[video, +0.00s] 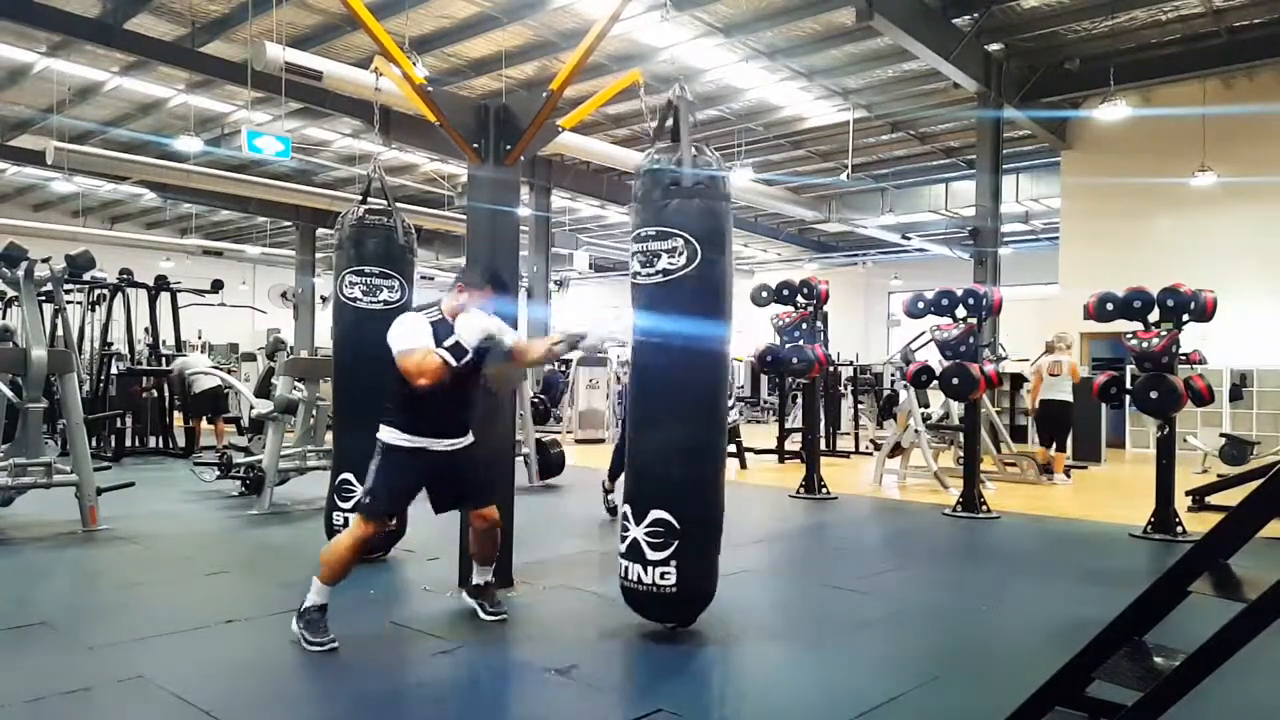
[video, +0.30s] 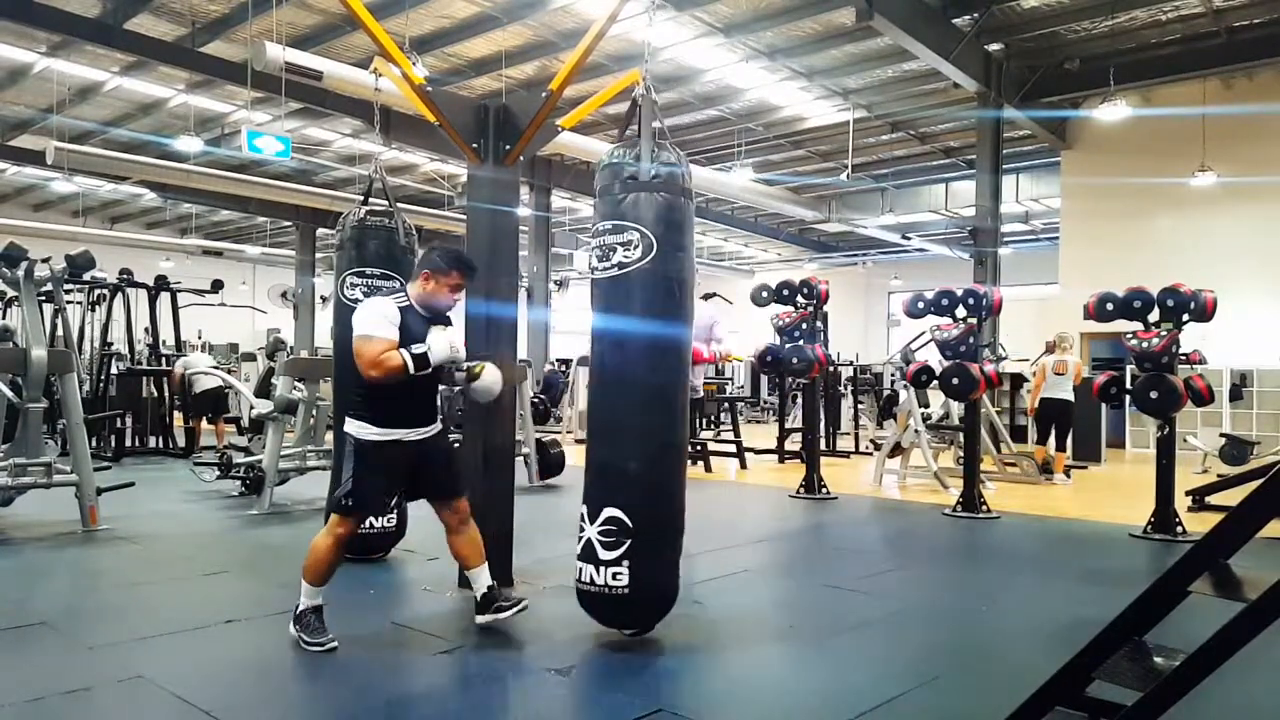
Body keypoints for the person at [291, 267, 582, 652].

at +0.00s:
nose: (486, 309)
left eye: (490, 304)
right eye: (482, 301)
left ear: (487, 300)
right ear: (461, 291)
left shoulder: (482, 324)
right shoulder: (410, 324)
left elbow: (525, 351)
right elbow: (422, 374)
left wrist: (556, 343)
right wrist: (465, 341)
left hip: (456, 448)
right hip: (402, 448)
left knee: (487, 520)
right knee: (366, 529)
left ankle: (481, 586)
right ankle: (312, 608)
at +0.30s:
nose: (457, 299)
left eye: (460, 291)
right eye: (452, 290)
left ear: (439, 284)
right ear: (426, 280)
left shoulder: (440, 320)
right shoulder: (378, 310)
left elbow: (441, 369)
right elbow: (373, 365)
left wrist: (472, 375)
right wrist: (430, 354)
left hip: (426, 437)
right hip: (371, 440)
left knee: (458, 513)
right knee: (341, 529)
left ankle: (487, 596)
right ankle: (307, 611)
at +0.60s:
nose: (490, 303)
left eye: (493, 295)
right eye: (488, 293)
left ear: (469, 287)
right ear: (463, 283)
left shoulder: (467, 326)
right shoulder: (421, 310)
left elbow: (470, 378)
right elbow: (402, 355)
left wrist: (512, 367)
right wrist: (458, 370)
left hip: (445, 442)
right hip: (400, 440)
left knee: (474, 520)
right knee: (366, 530)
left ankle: (482, 608)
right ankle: (316, 605)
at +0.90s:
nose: (530, 310)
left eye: (534, 302)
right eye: (531, 300)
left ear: (511, 288)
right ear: (511, 286)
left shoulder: (492, 317)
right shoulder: (476, 304)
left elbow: (497, 382)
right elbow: (491, 354)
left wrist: (546, 375)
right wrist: (526, 350)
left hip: (478, 438)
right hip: (439, 432)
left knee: (486, 524)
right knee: (418, 530)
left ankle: (483, 610)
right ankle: (338, 618)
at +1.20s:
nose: (522, 314)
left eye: (526, 307)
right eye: (524, 304)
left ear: (499, 289)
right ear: (505, 290)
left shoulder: (472, 315)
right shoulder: (469, 317)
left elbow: (491, 379)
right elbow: (498, 382)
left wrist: (519, 357)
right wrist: (527, 355)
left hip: (467, 450)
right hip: (440, 449)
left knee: (492, 528)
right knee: (442, 558)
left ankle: (486, 604)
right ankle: (378, 674)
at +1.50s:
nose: (510, 279)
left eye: (512, 269)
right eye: (509, 268)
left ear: (473, 259)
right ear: (488, 262)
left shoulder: (434, 299)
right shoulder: (473, 305)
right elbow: (493, 377)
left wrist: (512, 386)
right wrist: (532, 393)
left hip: (425, 449)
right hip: (443, 454)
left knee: (486, 539)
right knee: (436, 567)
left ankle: (423, 636)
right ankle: (376, 690)